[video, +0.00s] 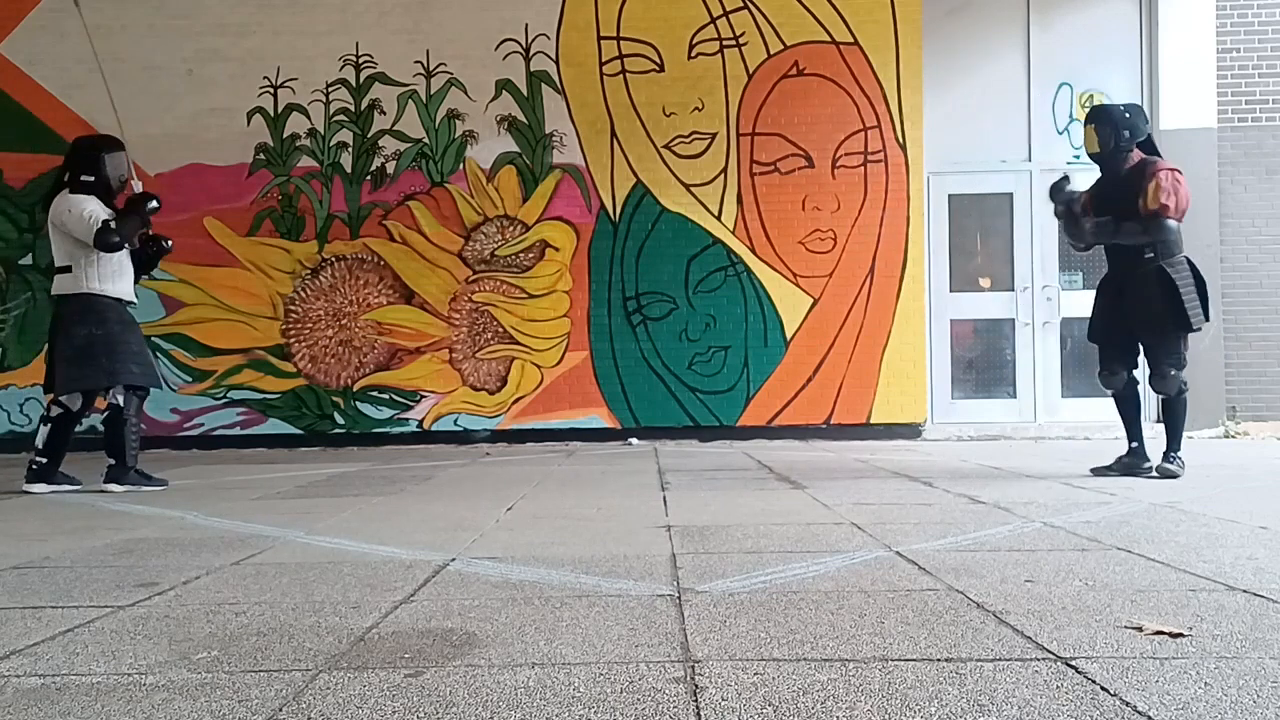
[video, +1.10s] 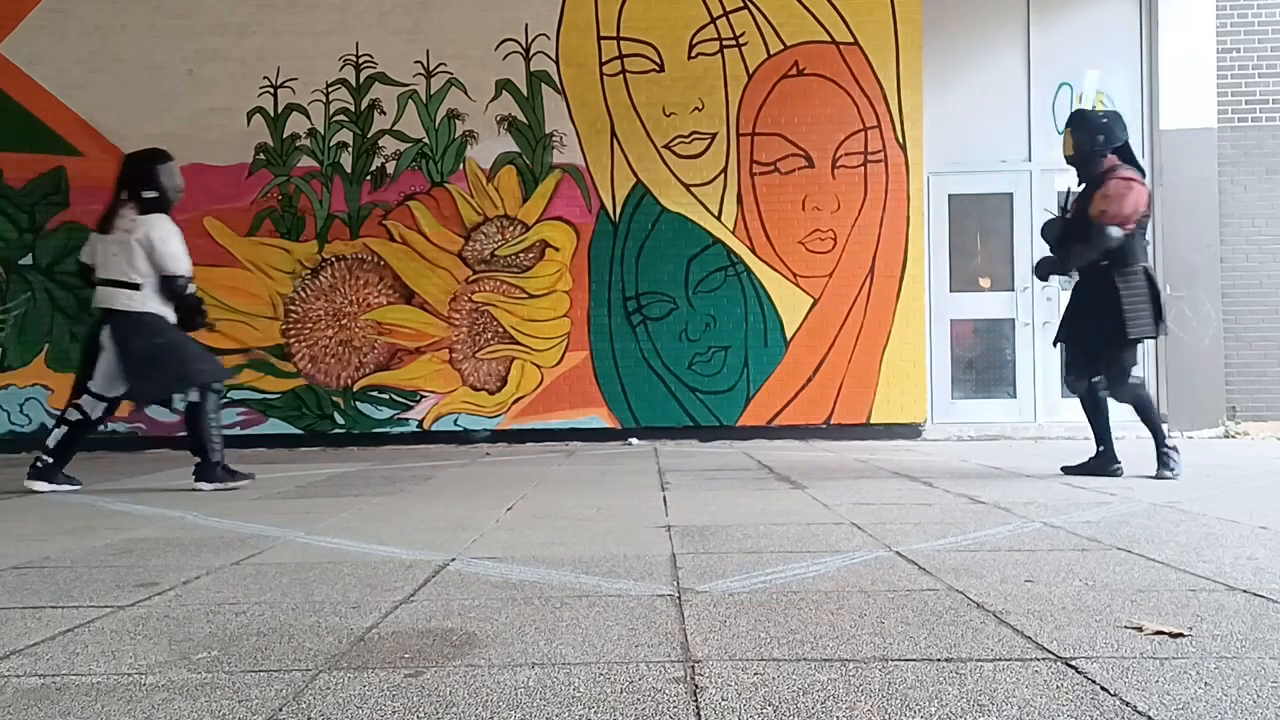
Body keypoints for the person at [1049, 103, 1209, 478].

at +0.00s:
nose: (1092, 143)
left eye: (1099, 134)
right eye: (1089, 135)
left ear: (1124, 134)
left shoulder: (1158, 174)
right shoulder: (1102, 187)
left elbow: (1164, 231)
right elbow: (1081, 240)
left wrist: (1104, 230)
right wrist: (1065, 208)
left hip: (1161, 283)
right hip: (1119, 285)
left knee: (1167, 373)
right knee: (1116, 372)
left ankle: (1173, 455)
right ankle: (1137, 453)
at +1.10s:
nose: (1070, 151)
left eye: (1075, 142)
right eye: (1069, 142)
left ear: (1098, 143)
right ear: (1100, 143)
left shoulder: (1122, 185)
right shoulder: (1094, 184)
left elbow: (1097, 243)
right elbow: (1076, 235)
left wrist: (1054, 263)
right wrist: (1056, 229)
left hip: (1122, 288)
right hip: (1092, 289)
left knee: (1120, 380)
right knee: (1081, 375)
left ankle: (1164, 446)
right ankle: (1106, 456)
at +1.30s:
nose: (1042, 159)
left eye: (1047, 151)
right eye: (1041, 151)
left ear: (1069, 151)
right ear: (1077, 151)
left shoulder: (1086, 189)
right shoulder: (1085, 185)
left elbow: (1047, 237)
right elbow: (1059, 228)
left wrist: (1002, 248)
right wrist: (1032, 219)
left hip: (1095, 293)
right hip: (1094, 292)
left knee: (1055, 368)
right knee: (1063, 369)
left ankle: (1103, 454)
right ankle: (1086, 449)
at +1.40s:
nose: (1024, 163)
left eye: (1030, 155)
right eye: (1024, 155)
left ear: (1052, 156)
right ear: (1063, 157)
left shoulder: (1062, 195)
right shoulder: (1081, 190)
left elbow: (1019, 242)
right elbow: (1049, 229)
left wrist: (978, 245)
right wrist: (1019, 218)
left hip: (1079, 297)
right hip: (1098, 297)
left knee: (1028, 368)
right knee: (1062, 377)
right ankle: (1103, 456)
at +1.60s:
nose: (991, 172)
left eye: (996, 165)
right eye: (991, 165)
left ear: (1018, 167)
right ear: (1033, 169)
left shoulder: (1021, 206)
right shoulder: (1055, 201)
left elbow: (981, 254)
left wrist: (954, 260)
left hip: (1034, 308)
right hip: (1059, 306)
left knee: (977, 374)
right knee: (1039, 391)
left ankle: (948, 458)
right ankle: (1102, 456)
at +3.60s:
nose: (999, 170)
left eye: (1005, 163)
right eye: (998, 163)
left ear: (1028, 166)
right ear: (1030, 167)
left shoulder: (1041, 208)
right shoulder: (1028, 204)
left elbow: (1029, 268)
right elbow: (1023, 257)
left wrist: (981, 279)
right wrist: (996, 253)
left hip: (1054, 300)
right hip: (1055, 299)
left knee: (997, 360)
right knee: (1044, 386)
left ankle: (1005, 450)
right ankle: (1103, 449)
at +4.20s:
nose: (1038, 170)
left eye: (1046, 163)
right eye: (1039, 162)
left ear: (1074, 166)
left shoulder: (1090, 212)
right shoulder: (1043, 202)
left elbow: (1038, 252)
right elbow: (1021, 248)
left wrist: (974, 249)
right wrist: (972, 250)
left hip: (1064, 304)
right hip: (1038, 300)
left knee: (1005, 377)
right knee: (1022, 387)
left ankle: (982, 462)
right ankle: (1108, 438)